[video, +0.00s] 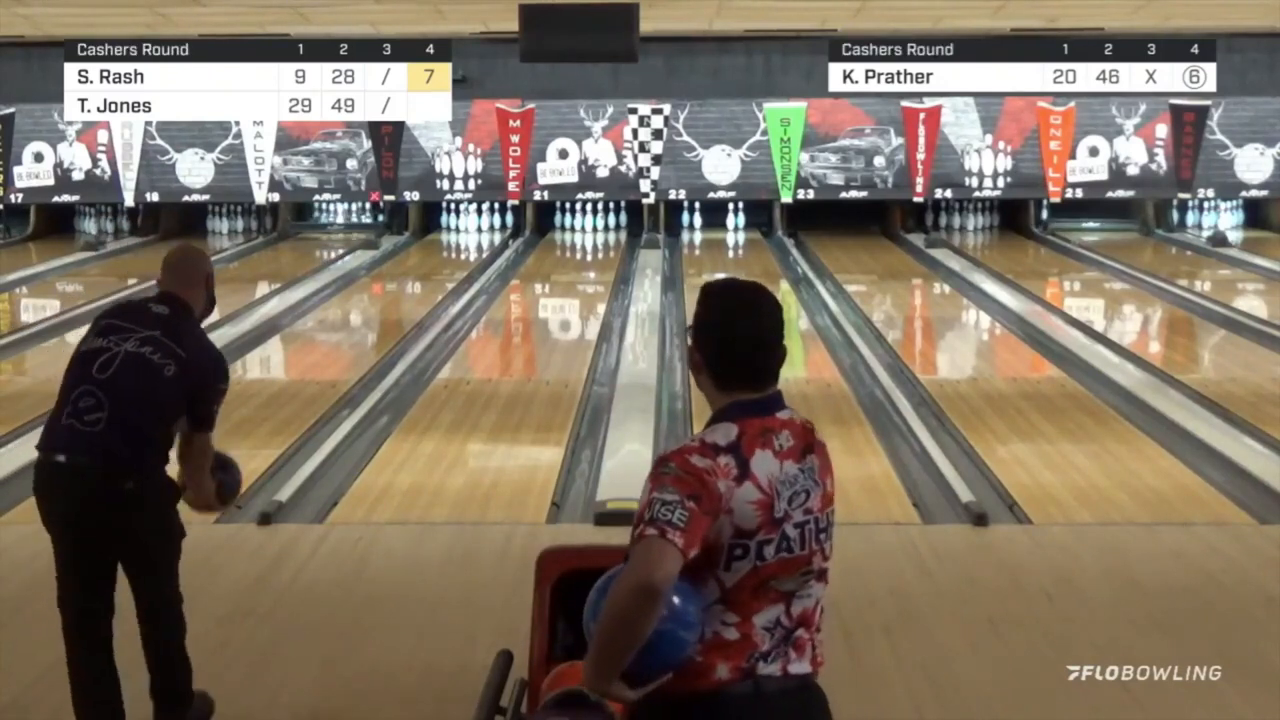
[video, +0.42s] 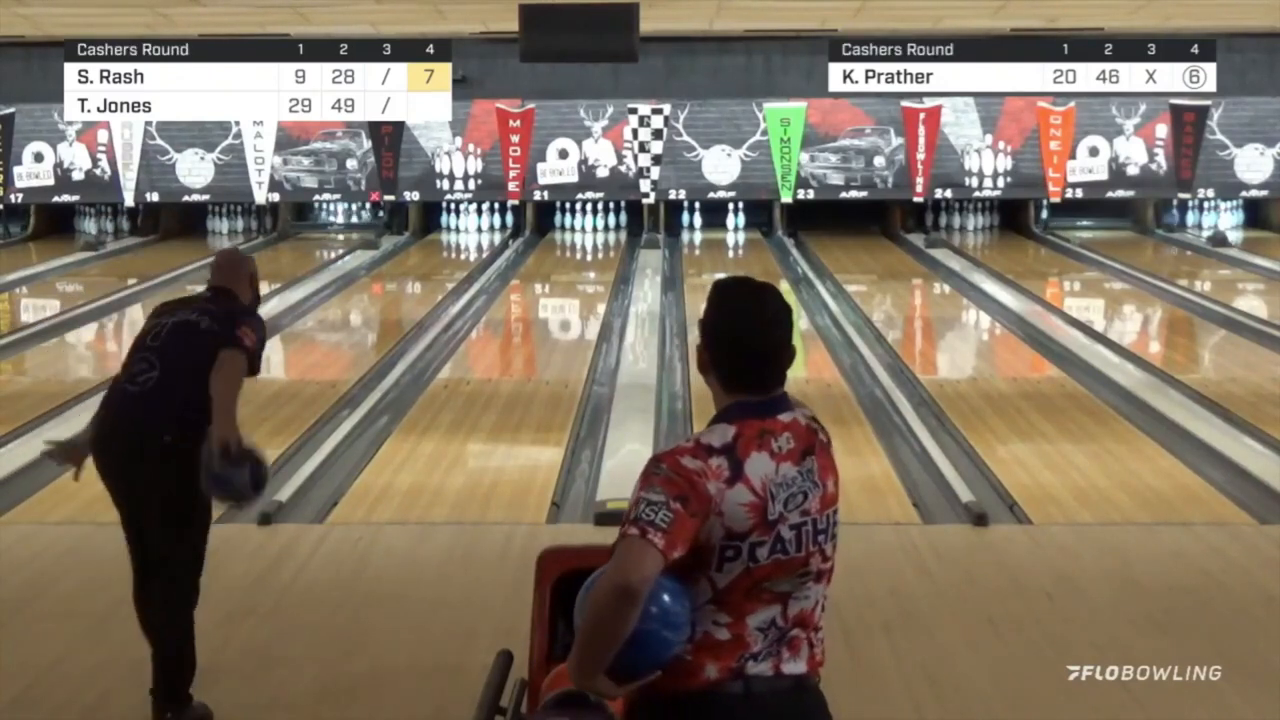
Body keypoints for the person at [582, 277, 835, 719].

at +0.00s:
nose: (689, 350)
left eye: (690, 342)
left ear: (695, 358)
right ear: (780, 356)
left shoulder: (693, 466)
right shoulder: (811, 446)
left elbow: (651, 578)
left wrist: (599, 677)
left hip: (703, 697)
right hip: (797, 689)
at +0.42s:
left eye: (699, 337)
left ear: (702, 357)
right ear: (791, 357)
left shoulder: (686, 467)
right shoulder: (814, 437)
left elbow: (629, 580)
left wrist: (583, 671)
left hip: (697, 694)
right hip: (796, 689)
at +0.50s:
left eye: (699, 338)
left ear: (702, 357)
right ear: (791, 356)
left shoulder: (686, 467)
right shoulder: (813, 436)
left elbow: (627, 580)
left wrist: (584, 671)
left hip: (696, 695)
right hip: (796, 690)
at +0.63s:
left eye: (700, 340)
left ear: (702, 357)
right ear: (791, 356)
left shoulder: (685, 467)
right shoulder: (817, 449)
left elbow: (627, 579)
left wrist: (582, 669)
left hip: (695, 696)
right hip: (796, 692)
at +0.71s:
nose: (698, 348)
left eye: (699, 339)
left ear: (704, 356)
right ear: (790, 357)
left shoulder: (689, 461)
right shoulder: (815, 449)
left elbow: (627, 579)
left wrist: (582, 669)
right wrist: (702, 434)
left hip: (696, 695)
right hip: (797, 692)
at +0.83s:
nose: (694, 346)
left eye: (696, 337)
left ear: (703, 355)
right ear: (789, 356)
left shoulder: (687, 468)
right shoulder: (810, 439)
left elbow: (629, 581)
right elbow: (727, 392)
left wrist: (584, 671)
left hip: (697, 695)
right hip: (796, 690)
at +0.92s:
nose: (690, 339)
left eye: (694, 332)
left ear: (705, 358)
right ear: (787, 354)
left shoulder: (689, 466)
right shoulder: (810, 436)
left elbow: (631, 579)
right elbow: (711, 369)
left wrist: (586, 668)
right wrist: (631, 330)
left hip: (694, 695)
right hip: (794, 690)